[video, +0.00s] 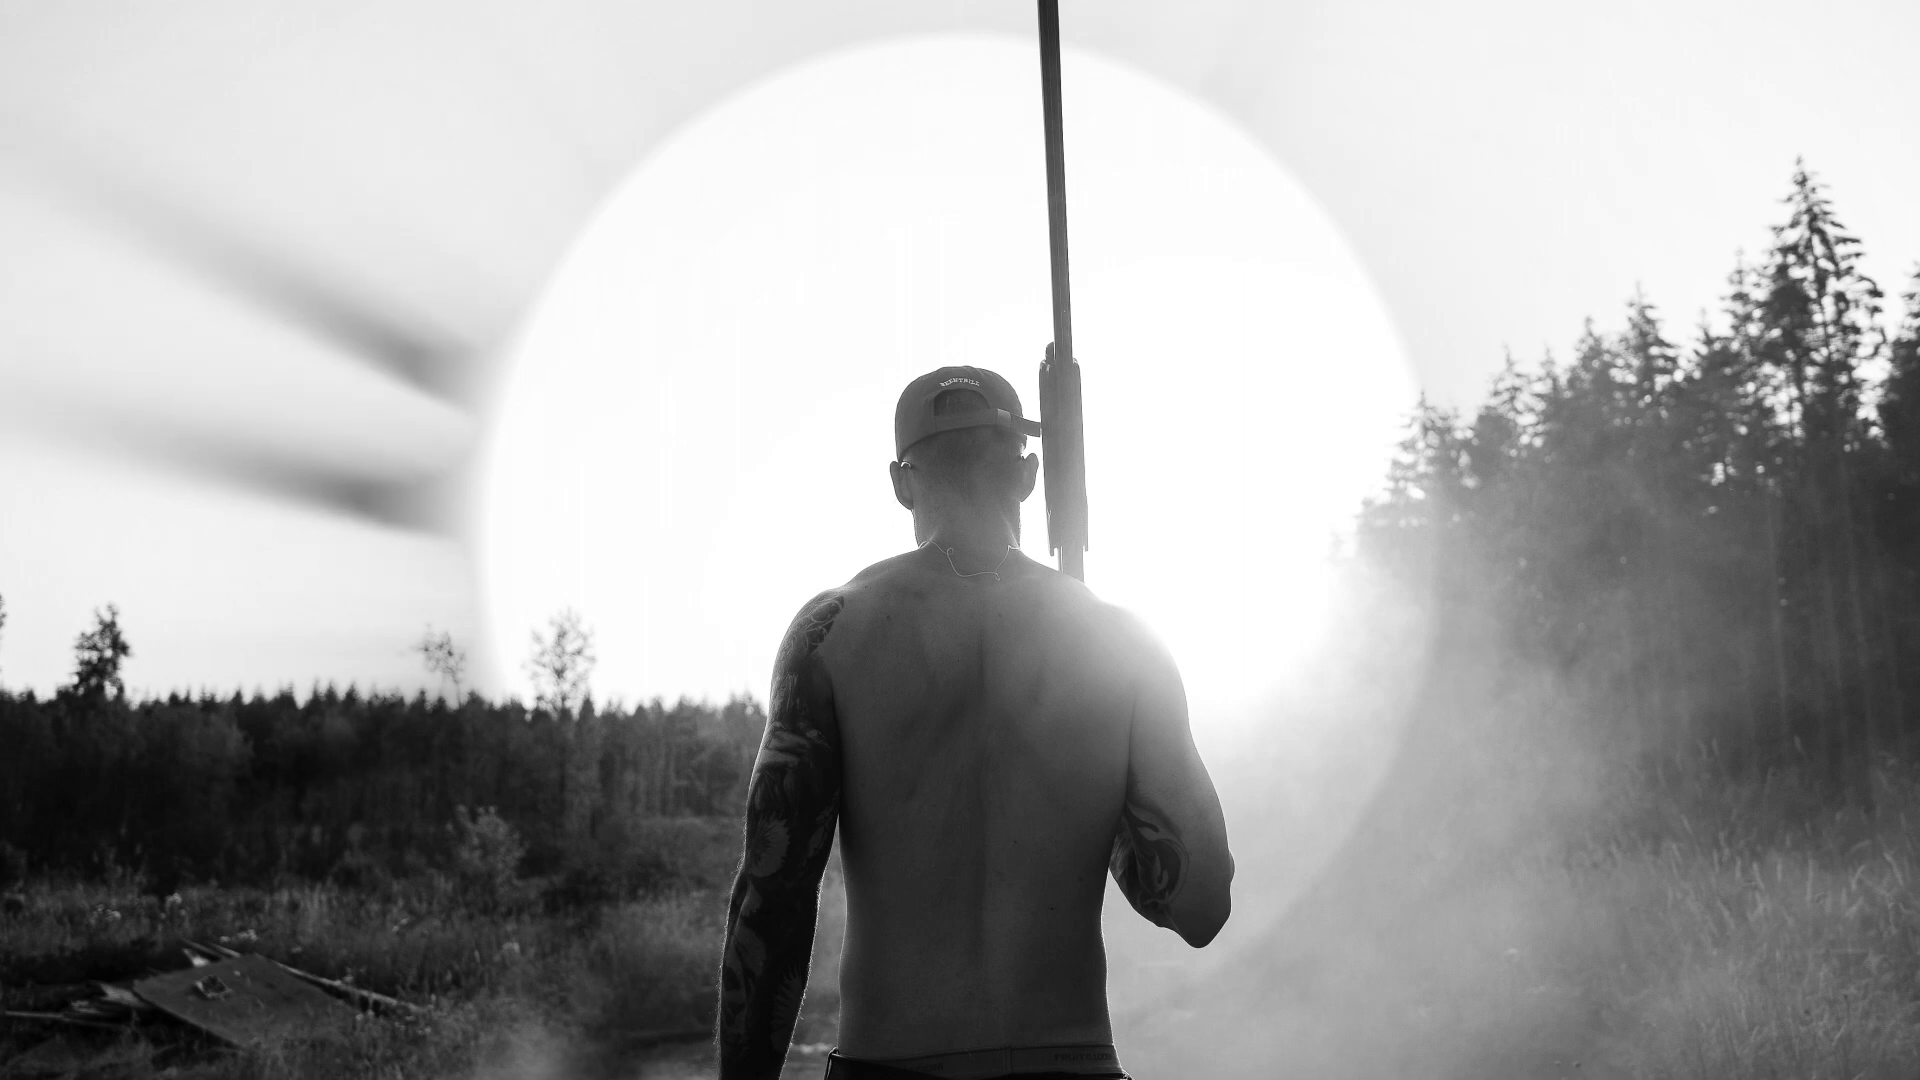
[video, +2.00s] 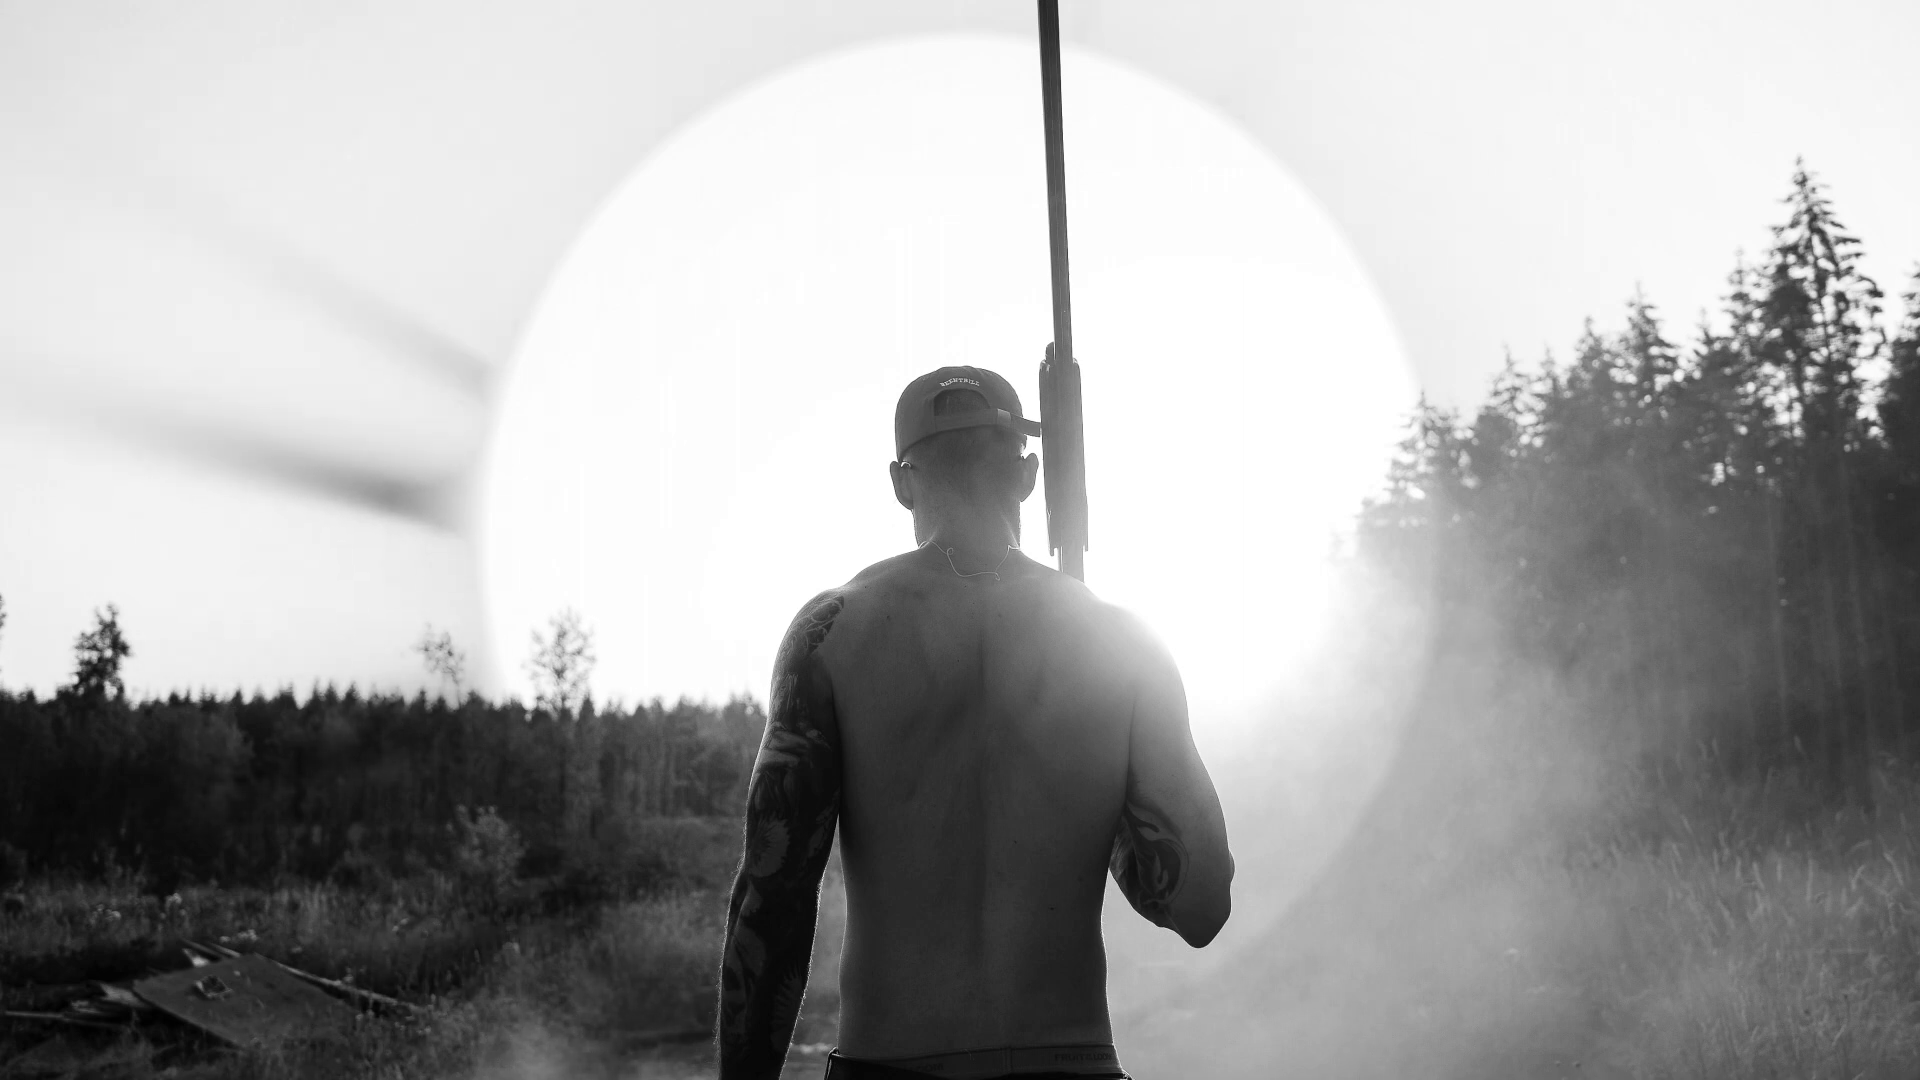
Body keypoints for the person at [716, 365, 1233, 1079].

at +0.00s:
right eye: (1015, 448)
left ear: (903, 486)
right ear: (1028, 477)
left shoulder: (831, 630)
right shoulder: (1121, 641)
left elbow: (773, 885)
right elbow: (1201, 905)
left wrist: (747, 1062)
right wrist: (1101, 800)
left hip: (886, 1046)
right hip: (1068, 1046)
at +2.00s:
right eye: (1015, 449)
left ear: (903, 486)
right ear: (1028, 477)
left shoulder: (831, 630)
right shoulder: (1121, 641)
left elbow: (773, 885)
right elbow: (1201, 905)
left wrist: (747, 1062)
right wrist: (1101, 800)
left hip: (886, 1046)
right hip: (1068, 1046)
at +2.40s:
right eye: (1015, 449)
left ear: (903, 486)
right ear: (1028, 477)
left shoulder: (831, 630)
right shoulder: (1121, 641)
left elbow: (773, 885)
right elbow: (1201, 905)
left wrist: (747, 1062)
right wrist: (1101, 800)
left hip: (886, 1046)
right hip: (1068, 1046)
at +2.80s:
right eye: (1015, 449)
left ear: (903, 486)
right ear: (1028, 477)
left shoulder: (831, 630)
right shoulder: (1121, 641)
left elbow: (773, 885)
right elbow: (1201, 905)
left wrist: (747, 1062)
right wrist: (1101, 800)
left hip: (886, 1046)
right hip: (1068, 1046)